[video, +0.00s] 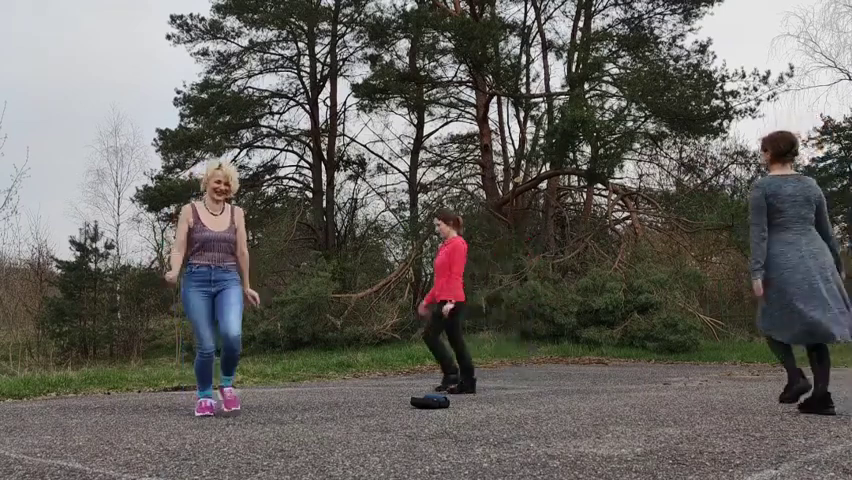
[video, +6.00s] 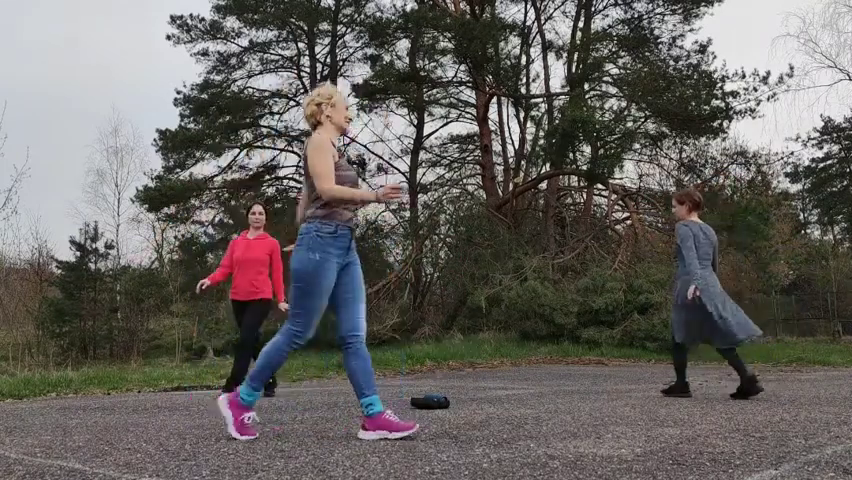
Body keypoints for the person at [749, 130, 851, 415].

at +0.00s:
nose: (762, 156)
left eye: (763, 152)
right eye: (762, 151)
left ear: (770, 154)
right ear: (792, 154)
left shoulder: (762, 186)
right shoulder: (811, 185)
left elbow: (759, 233)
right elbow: (826, 231)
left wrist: (756, 272)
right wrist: (836, 266)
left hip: (782, 262)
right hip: (817, 260)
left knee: (770, 324)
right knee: (815, 326)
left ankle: (795, 377)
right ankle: (822, 396)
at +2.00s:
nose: (696, 200)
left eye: (699, 195)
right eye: (696, 195)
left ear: (709, 196)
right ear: (719, 197)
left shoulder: (702, 225)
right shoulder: (734, 224)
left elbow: (679, 256)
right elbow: (727, 251)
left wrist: (652, 268)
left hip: (706, 287)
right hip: (731, 286)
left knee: (688, 332)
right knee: (720, 337)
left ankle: (685, 384)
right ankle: (737, 385)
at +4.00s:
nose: (686, 212)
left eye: (687, 208)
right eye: (686, 209)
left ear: (694, 205)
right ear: (706, 203)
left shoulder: (698, 223)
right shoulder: (726, 223)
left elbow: (674, 240)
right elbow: (745, 248)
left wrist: (642, 243)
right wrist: (767, 264)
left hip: (713, 283)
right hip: (732, 282)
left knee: (722, 333)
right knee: (699, 321)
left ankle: (733, 384)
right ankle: (674, 357)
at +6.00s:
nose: (673, 211)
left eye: (675, 207)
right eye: (673, 207)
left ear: (687, 206)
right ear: (691, 207)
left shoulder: (683, 228)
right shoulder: (710, 231)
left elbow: (690, 255)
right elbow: (713, 265)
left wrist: (695, 281)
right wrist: (709, 283)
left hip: (688, 288)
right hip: (709, 286)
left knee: (679, 335)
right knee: (717, 334)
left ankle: (680, 383)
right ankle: (747, 379)